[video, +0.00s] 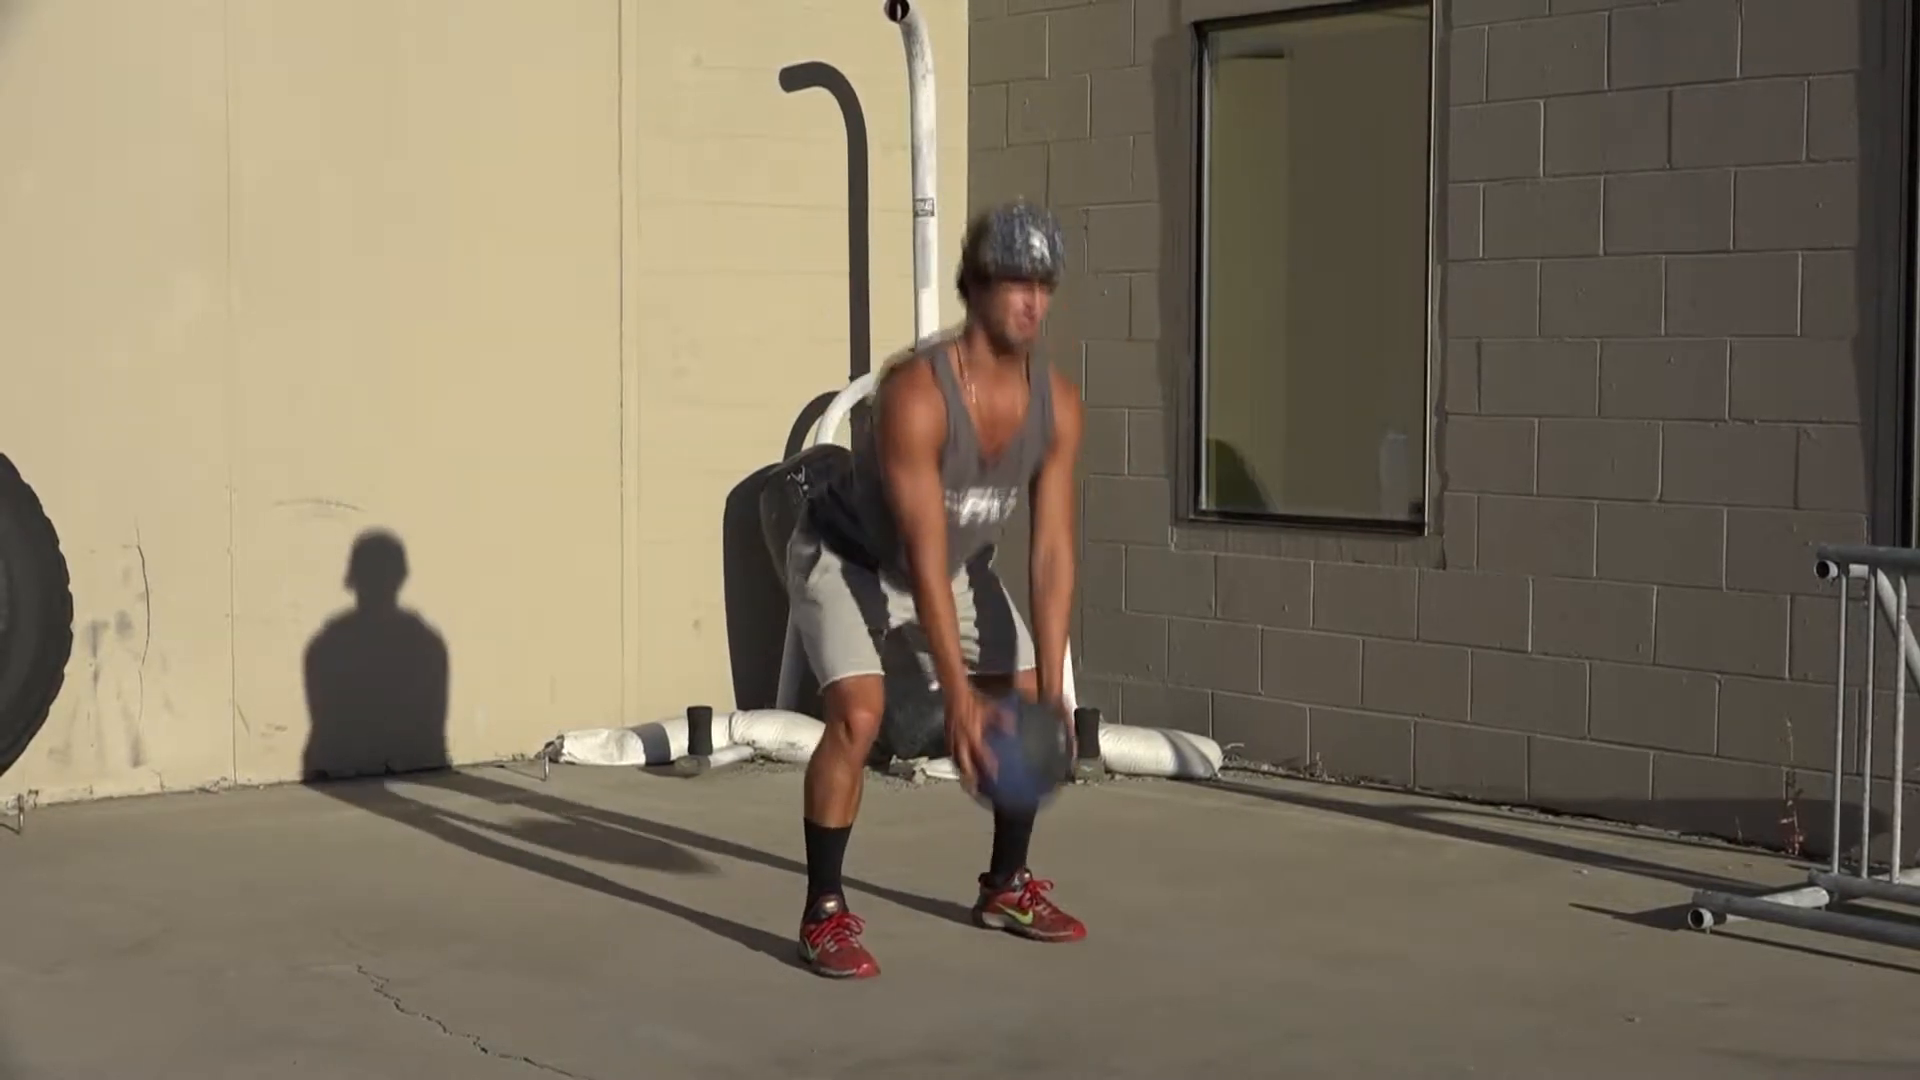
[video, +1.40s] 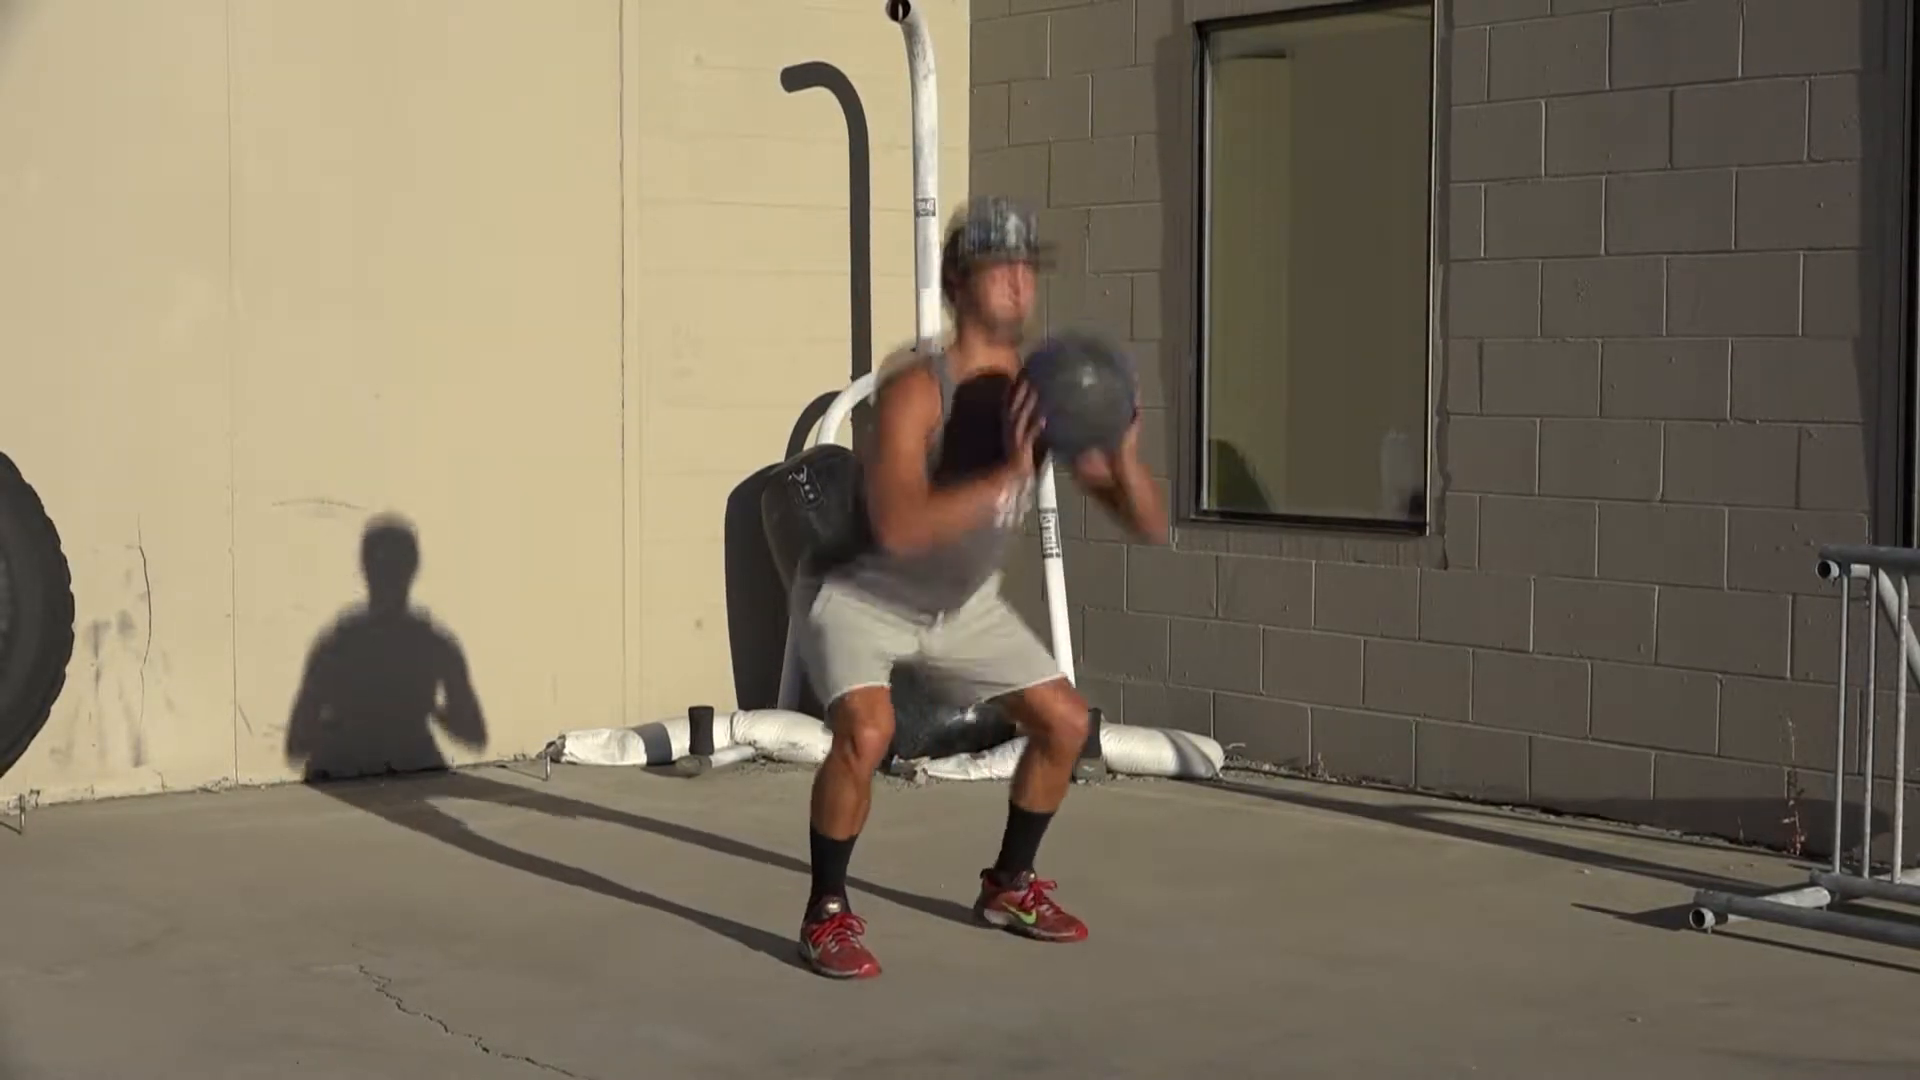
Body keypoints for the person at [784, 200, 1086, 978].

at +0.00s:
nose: (1031, 302)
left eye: (1043, 286)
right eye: (1014, 283)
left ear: (1054, 295)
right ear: (973, 287)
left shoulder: (1056, 403)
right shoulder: (916, 393)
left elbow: (1052, 548)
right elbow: (926, 562)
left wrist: (1053, 680)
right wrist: (957, 694)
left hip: (950, 559)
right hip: (846, 551)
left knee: (1031, 694)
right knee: (859, 711)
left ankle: (1006, 882)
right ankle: (824, 912)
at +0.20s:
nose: (1051, 421)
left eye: (1062, 405)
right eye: (1035, 403)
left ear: (1072, 415)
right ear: (991, 409)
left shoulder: (1067, 513)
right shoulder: (929, 505)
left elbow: (1054, 664)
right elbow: (935, 674)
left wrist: (1049, 802)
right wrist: (956, 812)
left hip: (948, 619)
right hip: (839, 605)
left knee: (1046, 715)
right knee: (871, 724)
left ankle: (1007, 887)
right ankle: (826, 913)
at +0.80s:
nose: (1055, 286)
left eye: (1065, 270)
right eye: (1036, 269)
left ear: (1077, 282)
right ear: (995, 279)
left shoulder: (1081, 390)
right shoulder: (945, 382)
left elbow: (1061, 529)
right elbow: (945, 544)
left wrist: (1050, 662)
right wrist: (960, 681)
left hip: (973, 567)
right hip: (867, 553)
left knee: (1049, 711)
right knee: (877, 717)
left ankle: (1009, 885)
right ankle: (829, 911)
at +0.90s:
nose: (1043, 207)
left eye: (1053, 191)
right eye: (1025, 192)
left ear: (1063, 204)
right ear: (984, 202)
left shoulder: (1074, 311)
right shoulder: (939, 304)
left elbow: (1065, 456)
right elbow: (935, 465)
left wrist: (1056, 587)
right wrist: (967, 589)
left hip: (983, 527)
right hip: (880, 521)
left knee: (1033, 688)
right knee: (873, 708)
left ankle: (1008, 883)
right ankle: (828, 909)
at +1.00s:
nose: (1029, 151)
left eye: (1040, 136)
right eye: (1010, 136)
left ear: (1051, 150)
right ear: (971, 147)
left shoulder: (1061, 247)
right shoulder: (927, 234)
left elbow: (1068, 383)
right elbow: (905, 383)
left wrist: (1068, 503)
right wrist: (970, 495)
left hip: (999, 503)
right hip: (901, 496)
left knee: (1006, 690)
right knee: (866, 696)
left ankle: (1010, 880)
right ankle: (829, 906)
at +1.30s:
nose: (1015, 185)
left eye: (1024, 171)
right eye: (995, 171)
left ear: (1038, 188)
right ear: (955, 187)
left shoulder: (1045, 292)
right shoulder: (910, 289)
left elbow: (1111, 438)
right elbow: (874, 435)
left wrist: (1097, 390)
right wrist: (995, 416)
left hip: (978, 546)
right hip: (876, 542)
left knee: (1043, 710)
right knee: (866, 724)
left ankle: (1010, 884)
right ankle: (826, 912)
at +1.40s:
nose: (1016, 285)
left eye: (1024, 270)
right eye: (997, 271)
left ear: (1036, 282)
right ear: (958, 283)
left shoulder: (1039, 386)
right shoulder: (913, 386)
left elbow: (1148, 527)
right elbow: (897, 527)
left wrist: (1120, 456)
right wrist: (1010, 473)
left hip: (966, 604)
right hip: (864, 597)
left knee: (1065, 721)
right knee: (866, 731)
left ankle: (1010, 884)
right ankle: (827, 912)